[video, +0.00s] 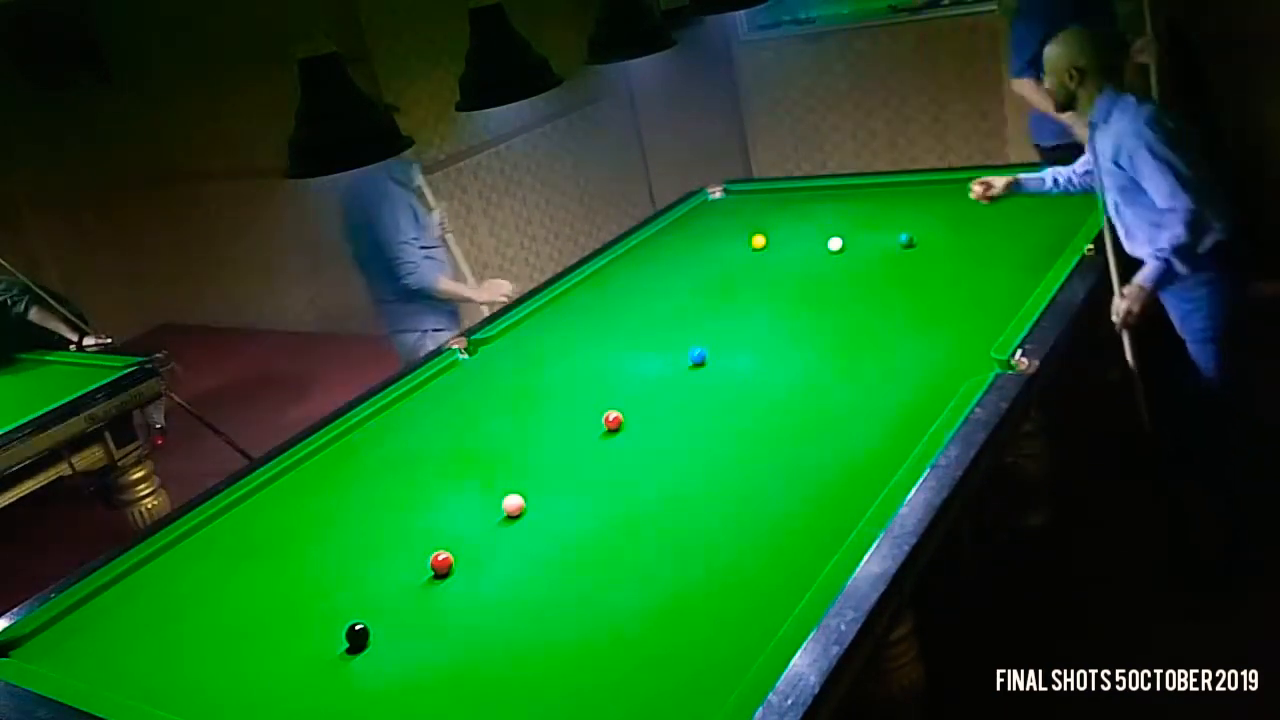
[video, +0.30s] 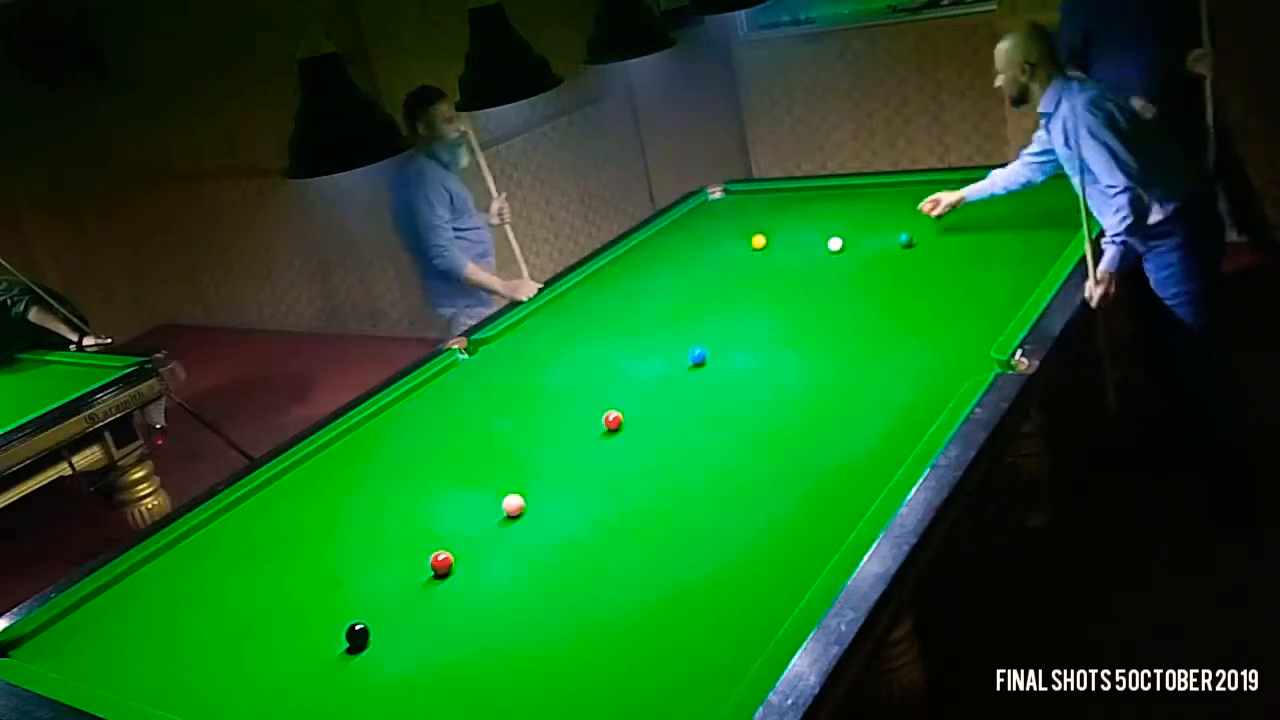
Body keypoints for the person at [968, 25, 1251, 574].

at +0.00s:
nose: (1043, 88)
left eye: (1047, 76)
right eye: (1043, 77)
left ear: (1072, 79)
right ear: (1085, 77)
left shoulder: (1130, 129)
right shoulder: (1109, 126)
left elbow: (1185, 217)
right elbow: (1087, 174)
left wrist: (1144, 283)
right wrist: (1014, 182)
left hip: (1200, 293)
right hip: (1179, 290)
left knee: (1220, 416)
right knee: (1208, 413)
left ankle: (1231, 541)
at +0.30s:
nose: (997, 84)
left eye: (1002, 72)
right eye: (997, 73)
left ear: (1031, 68)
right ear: (1031, 68)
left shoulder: (1079, 109)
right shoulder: (1060, 111)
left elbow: (1121, 191)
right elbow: (1030, 166)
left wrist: (1110, 262)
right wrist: (962, 194)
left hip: (1174, 241)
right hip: (1152, 240)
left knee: (1191, 365)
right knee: (1173, 363)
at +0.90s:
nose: (926, 144)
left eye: (929, 135)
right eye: (925, 136)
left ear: (956, 128)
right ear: (956, 129)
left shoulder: (1018, 139)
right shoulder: (979, 167)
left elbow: (1071, 196)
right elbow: (932, 205)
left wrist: (1082, 264)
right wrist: (864, 229)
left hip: (1149, 202)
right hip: (1125, 221)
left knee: (1195, 322)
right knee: (1173, 325)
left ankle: (1215, 447)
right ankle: (1195, 442)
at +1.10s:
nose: (924, 148)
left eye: (927, 139)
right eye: (923, 140)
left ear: (954, 133)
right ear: (955, 133)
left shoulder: (1013, 142)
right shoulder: (977, 170)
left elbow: (1069, 198)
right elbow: (930, 207)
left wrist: (1082, 264)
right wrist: (861, 231)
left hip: (1145, 200)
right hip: (1122, 221)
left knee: (1196, 318)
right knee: (1173, 323)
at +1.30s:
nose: (923, 148)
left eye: (927, 139)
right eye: (922, 141)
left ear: (955, 134)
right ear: (955, 133)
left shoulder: (1014, 143)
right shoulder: (978, 171)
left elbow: (1068, 195)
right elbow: (927, 209)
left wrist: (1081, 263)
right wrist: (861, 232)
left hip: (1149, 202)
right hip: (1126, 224)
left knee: (1195, 318)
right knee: (1176, 320)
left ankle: (1215, 443)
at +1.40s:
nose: (923, 148)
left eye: (927, 139)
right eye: (922, 141)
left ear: (955, 134)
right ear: (955, 133)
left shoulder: (1014, 143)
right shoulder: (978, 171)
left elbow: (1068, 196)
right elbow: (927, 209)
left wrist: (1081, 264)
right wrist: (861, 232)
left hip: (1149, 202)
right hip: (1125, 223)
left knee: (1194, 319)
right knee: (1175, 320)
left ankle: (1215, 443)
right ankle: (1197, 439)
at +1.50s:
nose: (923, 148)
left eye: (927, 139)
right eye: (922, 141)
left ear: (955, 135)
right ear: (955, 134)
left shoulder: (1014, 143)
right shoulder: (978, 171)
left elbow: (1067, 196)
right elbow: (927, 209)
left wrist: (1082, 265)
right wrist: (861, 232)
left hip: (1149, 202)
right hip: (1125, 223)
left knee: (1195, 319)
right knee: (1176, 321)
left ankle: (1216, 443)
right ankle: (1198, 440)